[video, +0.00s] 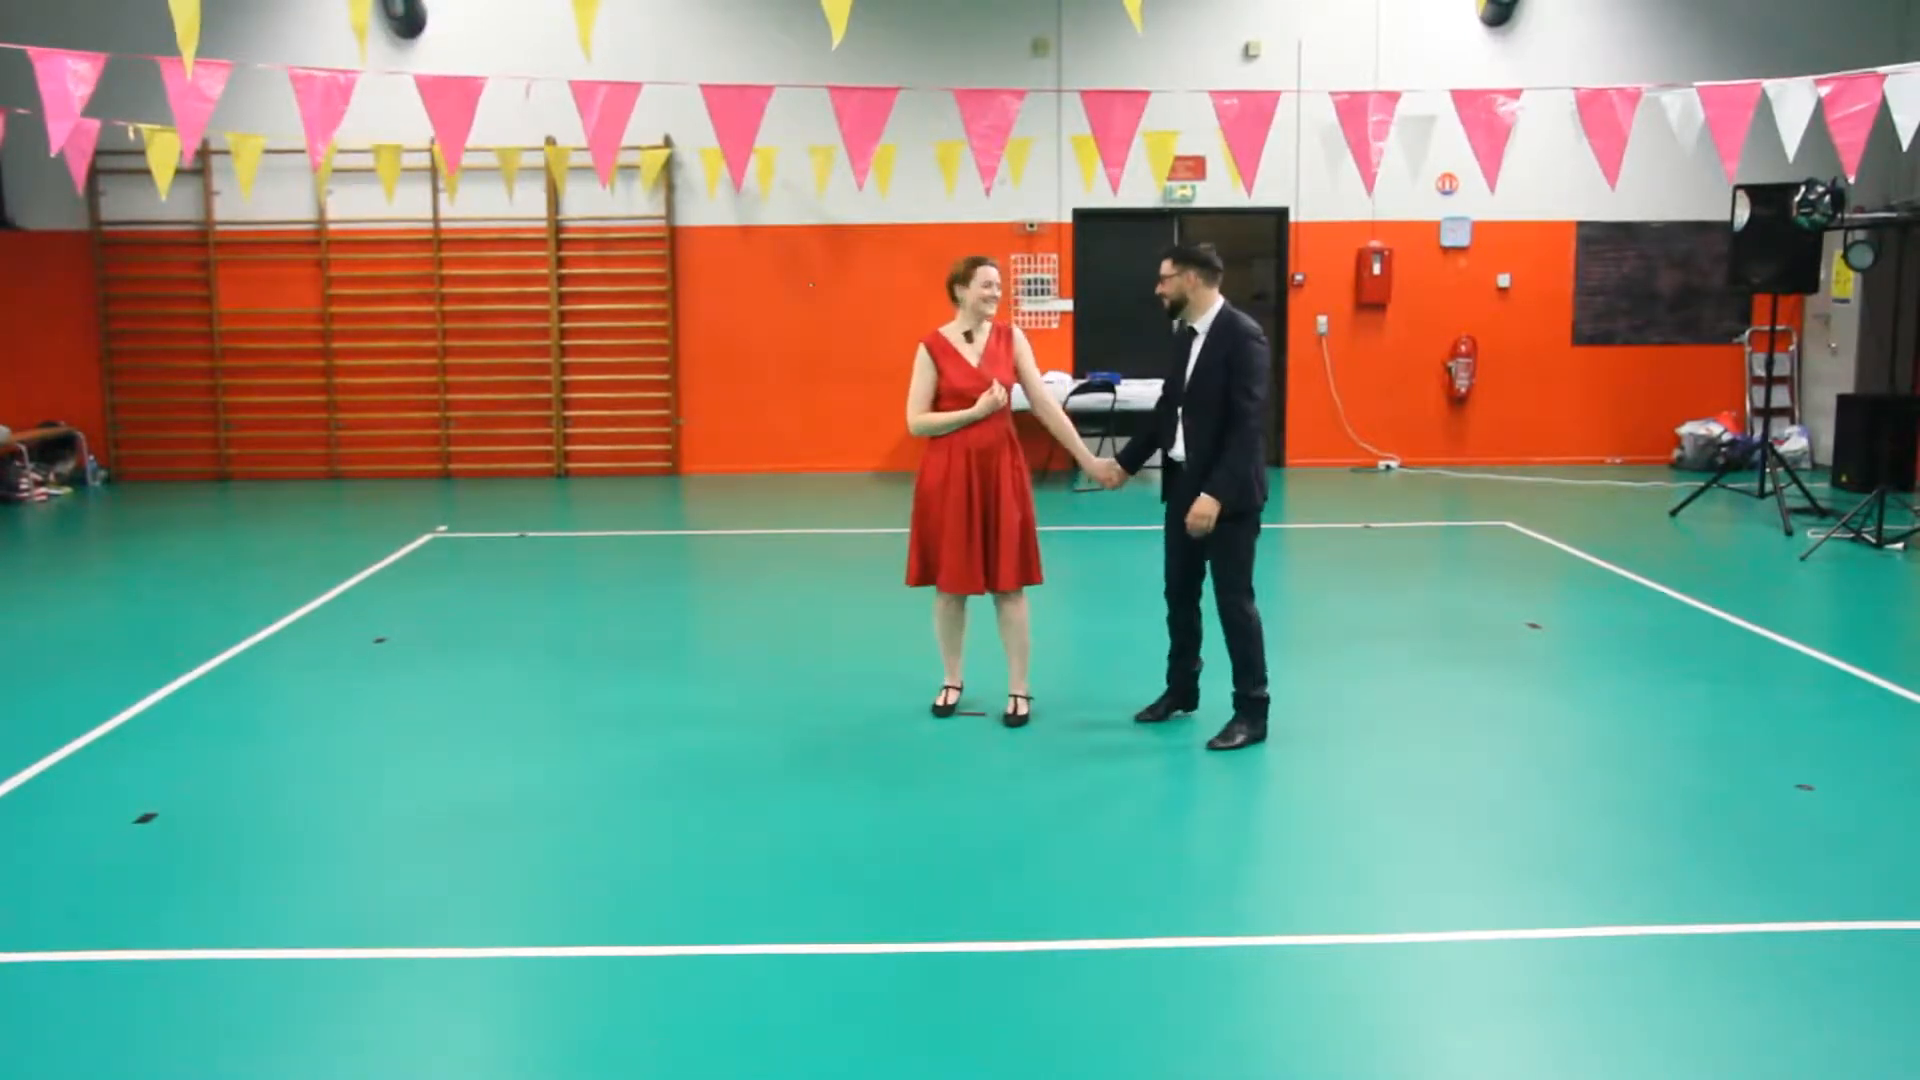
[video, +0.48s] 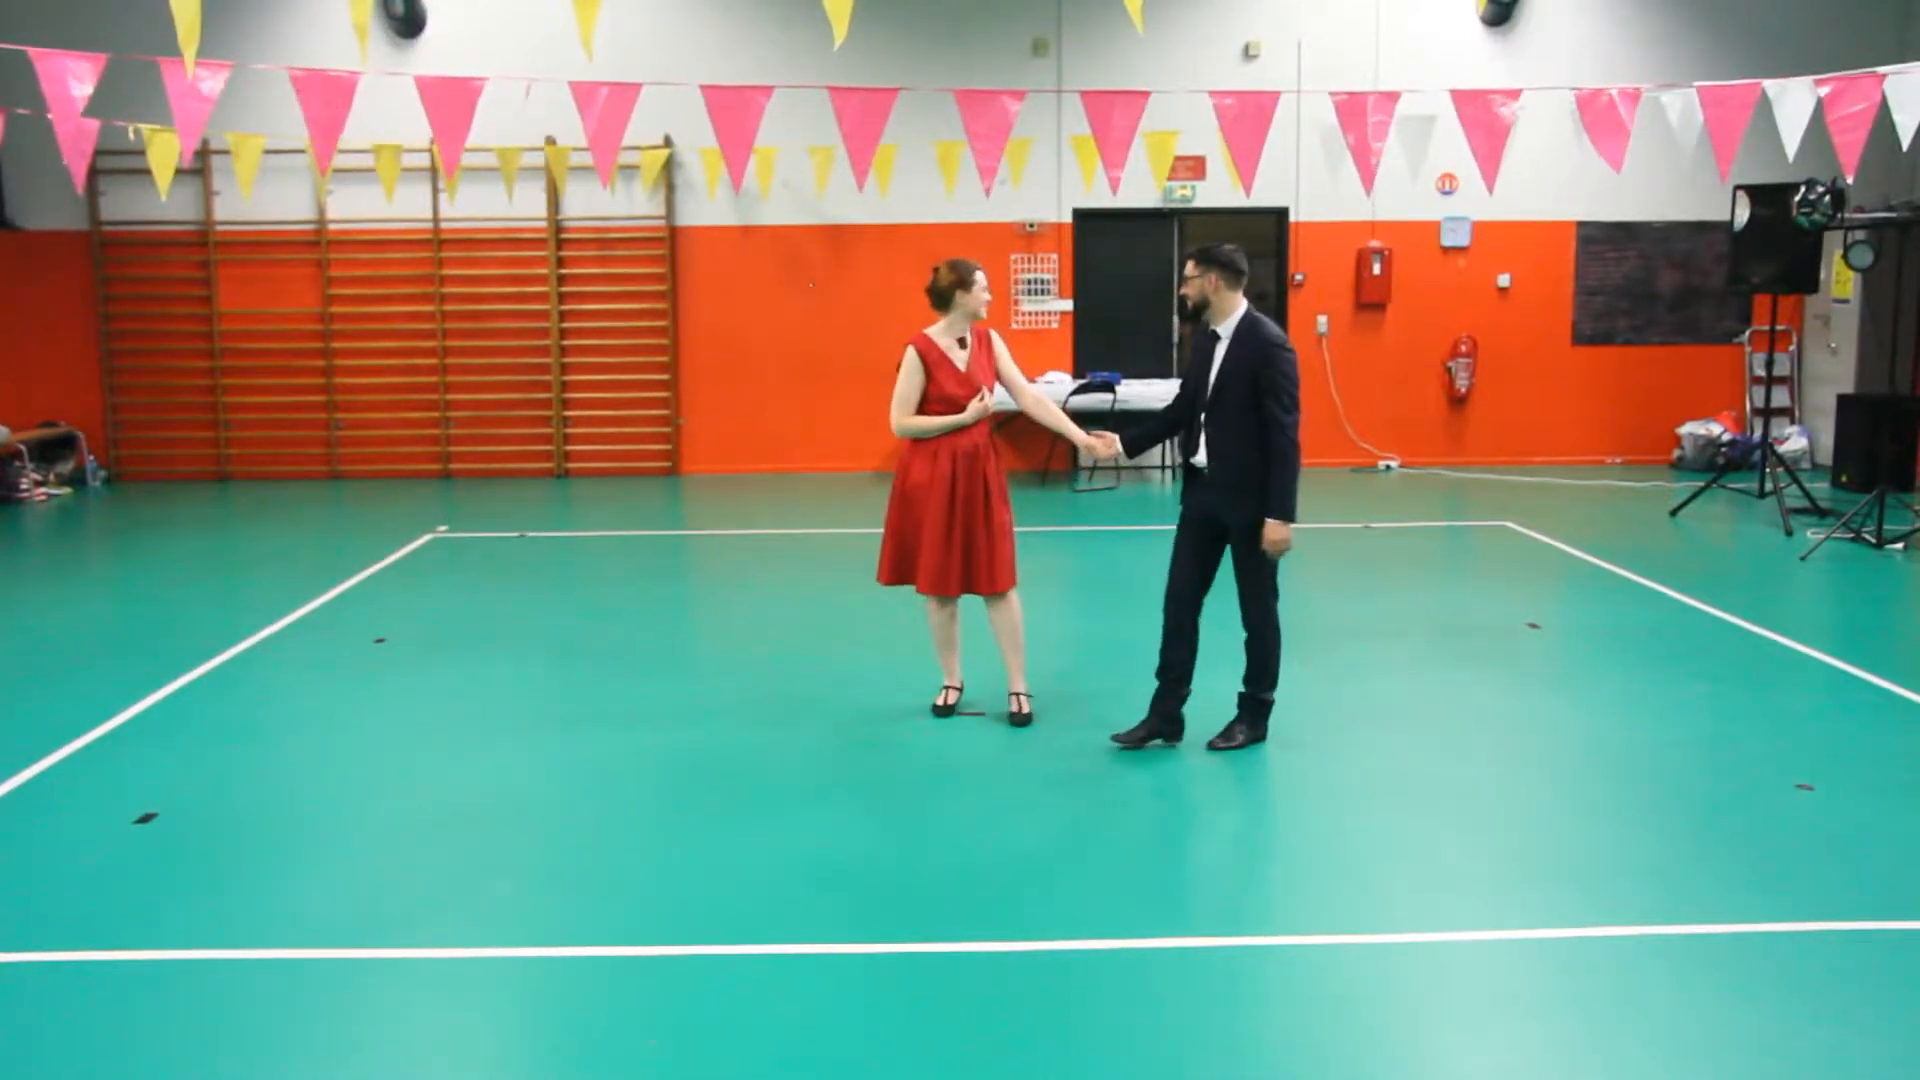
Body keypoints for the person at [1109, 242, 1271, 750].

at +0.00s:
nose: (1160, 288)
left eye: (1166, 279)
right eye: (1160, 279)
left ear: (1196, 280)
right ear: (1190, 282)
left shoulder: (1243, 336)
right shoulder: (1186, 334)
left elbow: (1248, 427)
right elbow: (1167, 409)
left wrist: (1216, 494)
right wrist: (1124, 464)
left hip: (1231, 489)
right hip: (1184, 486)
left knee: (1235, 603)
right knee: (1180, 595)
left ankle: (1251, 713)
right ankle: (1181, 691)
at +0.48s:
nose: (1184, 288)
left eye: (1190, 279)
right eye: (1184, 280)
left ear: (1216, 280)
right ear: (1214, 282)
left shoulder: (1270, 345)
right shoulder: (1204, 338)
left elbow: (1284, 432)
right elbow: (1183, 410)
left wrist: (1281, 513)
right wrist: (1123, 443)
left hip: (1251, 498)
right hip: (1202, 492)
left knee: (1259, 616)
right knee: (1180, 605)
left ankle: (1254, 717)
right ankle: (1166, 716)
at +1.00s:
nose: (1163, 289)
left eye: (1169, 279)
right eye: (1164, 280)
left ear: (1198, 281)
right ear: (1194, 282)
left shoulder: (1248, 342)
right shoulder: (1189, 340)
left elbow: (1259, 434)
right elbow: (1167, 420)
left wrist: (1231, 508)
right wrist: (1112, 455)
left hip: (1228, 501)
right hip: (1182, 498)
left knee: (1233, 614)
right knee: (1193, 620)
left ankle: (1254, 713)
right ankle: (1192, 729)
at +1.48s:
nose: (1143, 290)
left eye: (1153, 281)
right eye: (1141, 281)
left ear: (1187, 283)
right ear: (1147, 288)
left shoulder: (1225, 346)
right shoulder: (1158, 343)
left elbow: (1245, 434)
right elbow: (1142, 424)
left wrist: (1235, 515)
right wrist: (1098, 477)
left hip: (1203, 501)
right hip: (1160, 496)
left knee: (1189, 620)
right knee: (1178, 619)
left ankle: (1213, 739)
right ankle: (1188, 727)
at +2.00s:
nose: (1122, 288)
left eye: (1132, 279)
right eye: (1121, 279)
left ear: (1167, 282)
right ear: (1144, 286)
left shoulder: (1200, 345)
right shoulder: (1150, 340)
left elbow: (1217, 442)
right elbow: (1134, 425)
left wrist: (1207, 527)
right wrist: (1097, 472)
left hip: (1176, 512)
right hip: (1147, 506)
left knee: (1174, 638)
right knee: (1169, 633)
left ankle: (1177, 764)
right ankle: (1183, 734)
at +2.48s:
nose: (1119, 287)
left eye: (1123, 277)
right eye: (1120, 276)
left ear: (1137, 282)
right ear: (1172, 281)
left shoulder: (1168, 348)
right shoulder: (1173, 335)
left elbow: (1155, 452)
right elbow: (1152, 436)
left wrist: (1123, 530)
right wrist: (1116, 459)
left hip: (1170, 521)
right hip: (1163, 516)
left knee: (1170, 637)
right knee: (1134, 621)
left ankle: (1176, 766)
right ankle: (1169, 729)